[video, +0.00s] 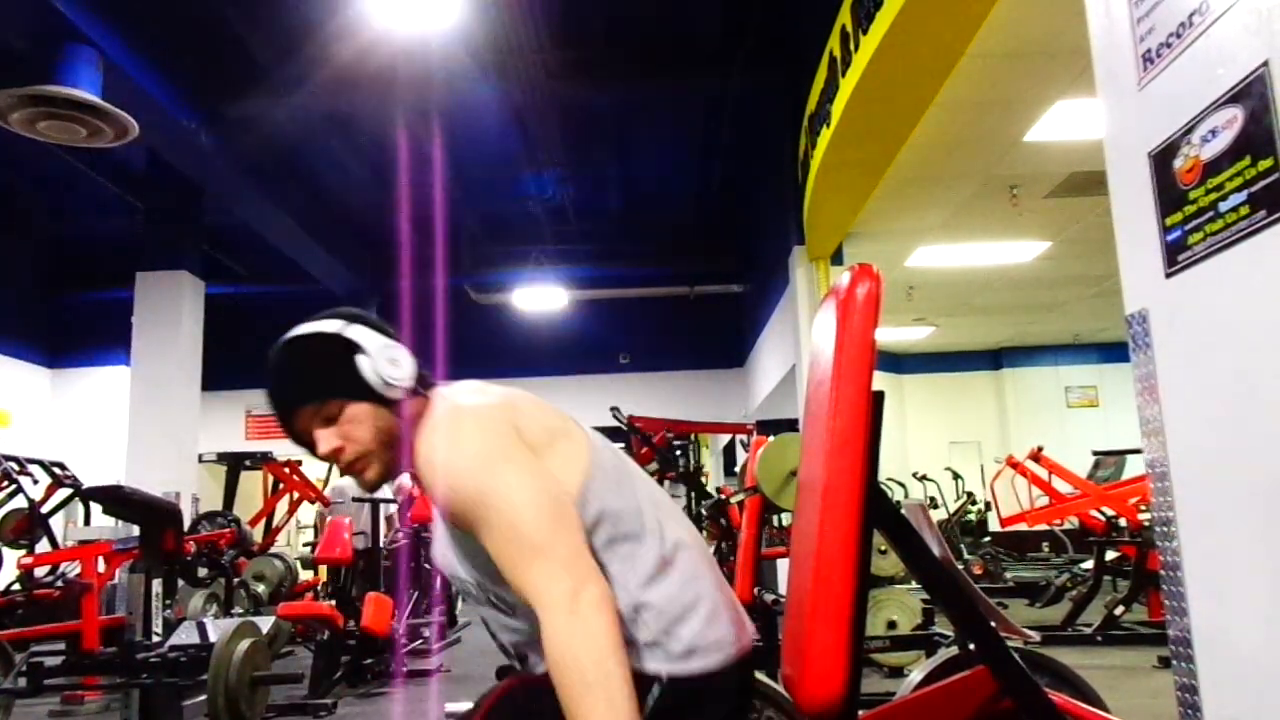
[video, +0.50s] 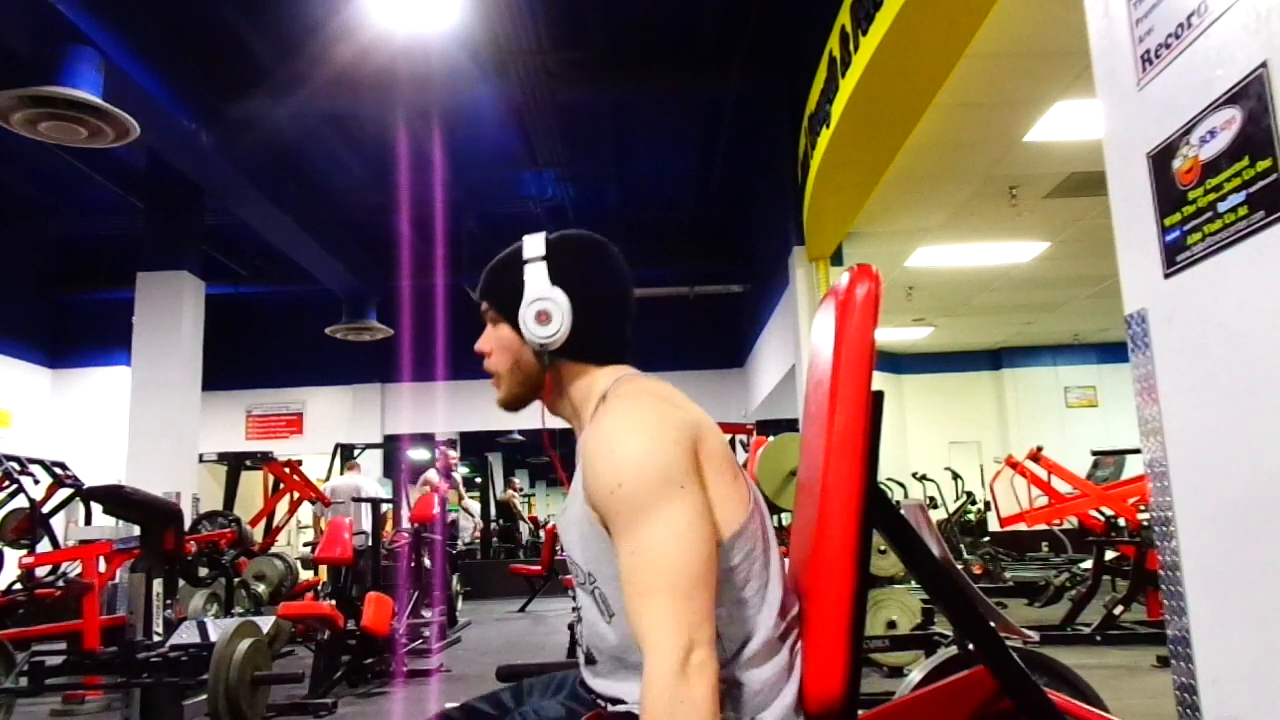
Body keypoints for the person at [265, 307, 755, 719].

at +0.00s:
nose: (327, 448)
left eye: (332, 416)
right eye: (310, 437)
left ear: (379, 379)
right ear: (306, 445)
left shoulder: (462, 433)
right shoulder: (447, 438)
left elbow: (577, 603)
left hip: (683, 673)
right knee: (502, 700)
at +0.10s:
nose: (347, 444)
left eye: (358, 416)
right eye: (336, 427)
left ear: (415, 388)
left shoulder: (495, 457)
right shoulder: (479, 451)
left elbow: (600, 645)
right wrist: (555, 691)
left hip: (698, 703)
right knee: (505, 711)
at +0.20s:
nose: (386, 427)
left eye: (397, 403)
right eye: (385, 404)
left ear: (457, 385)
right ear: (456, 385)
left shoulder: (540, 459)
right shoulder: (521, 453)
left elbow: (626, 669)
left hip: (697, 709)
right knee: (508, 706)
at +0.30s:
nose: (428, 393)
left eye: (442, 367)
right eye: (430, 370)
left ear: (491, 359)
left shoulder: (583, 442)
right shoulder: (566, 439)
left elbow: (651, 656)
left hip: (718, 706)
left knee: (520, 710)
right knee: (513, 711)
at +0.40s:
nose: (463, 368)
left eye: (475, 342)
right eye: (467, 345)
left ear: (529, 335)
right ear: (527, 337)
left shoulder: (621, 434)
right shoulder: (602, 429)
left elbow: (677, 660)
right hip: (611, 691)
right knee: (478, 716)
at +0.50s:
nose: (480, 346)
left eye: (494, 321)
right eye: (484, 324)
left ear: (546, 320)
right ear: (544, 322)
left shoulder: (635, 431)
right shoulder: (614, 424)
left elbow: (684, 662)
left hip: (653, 707)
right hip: (608, 684)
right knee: (454, 712)